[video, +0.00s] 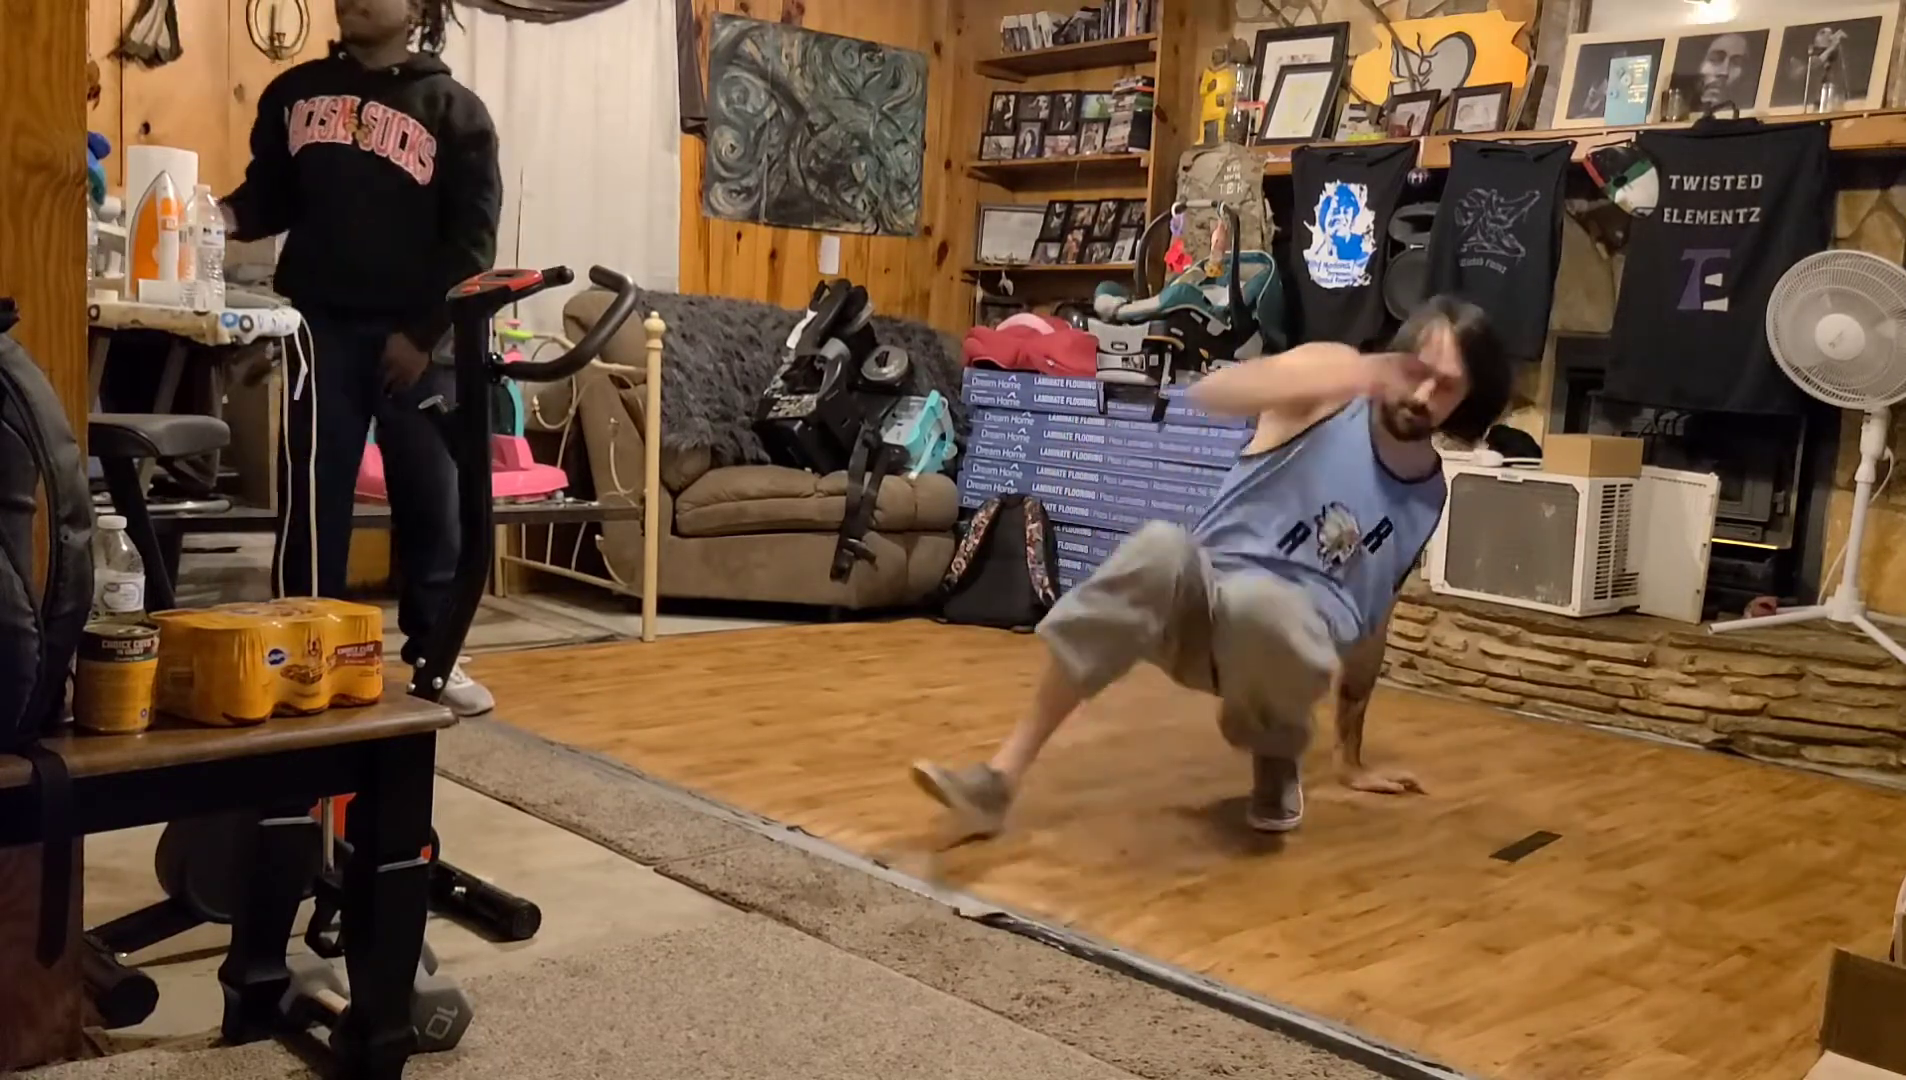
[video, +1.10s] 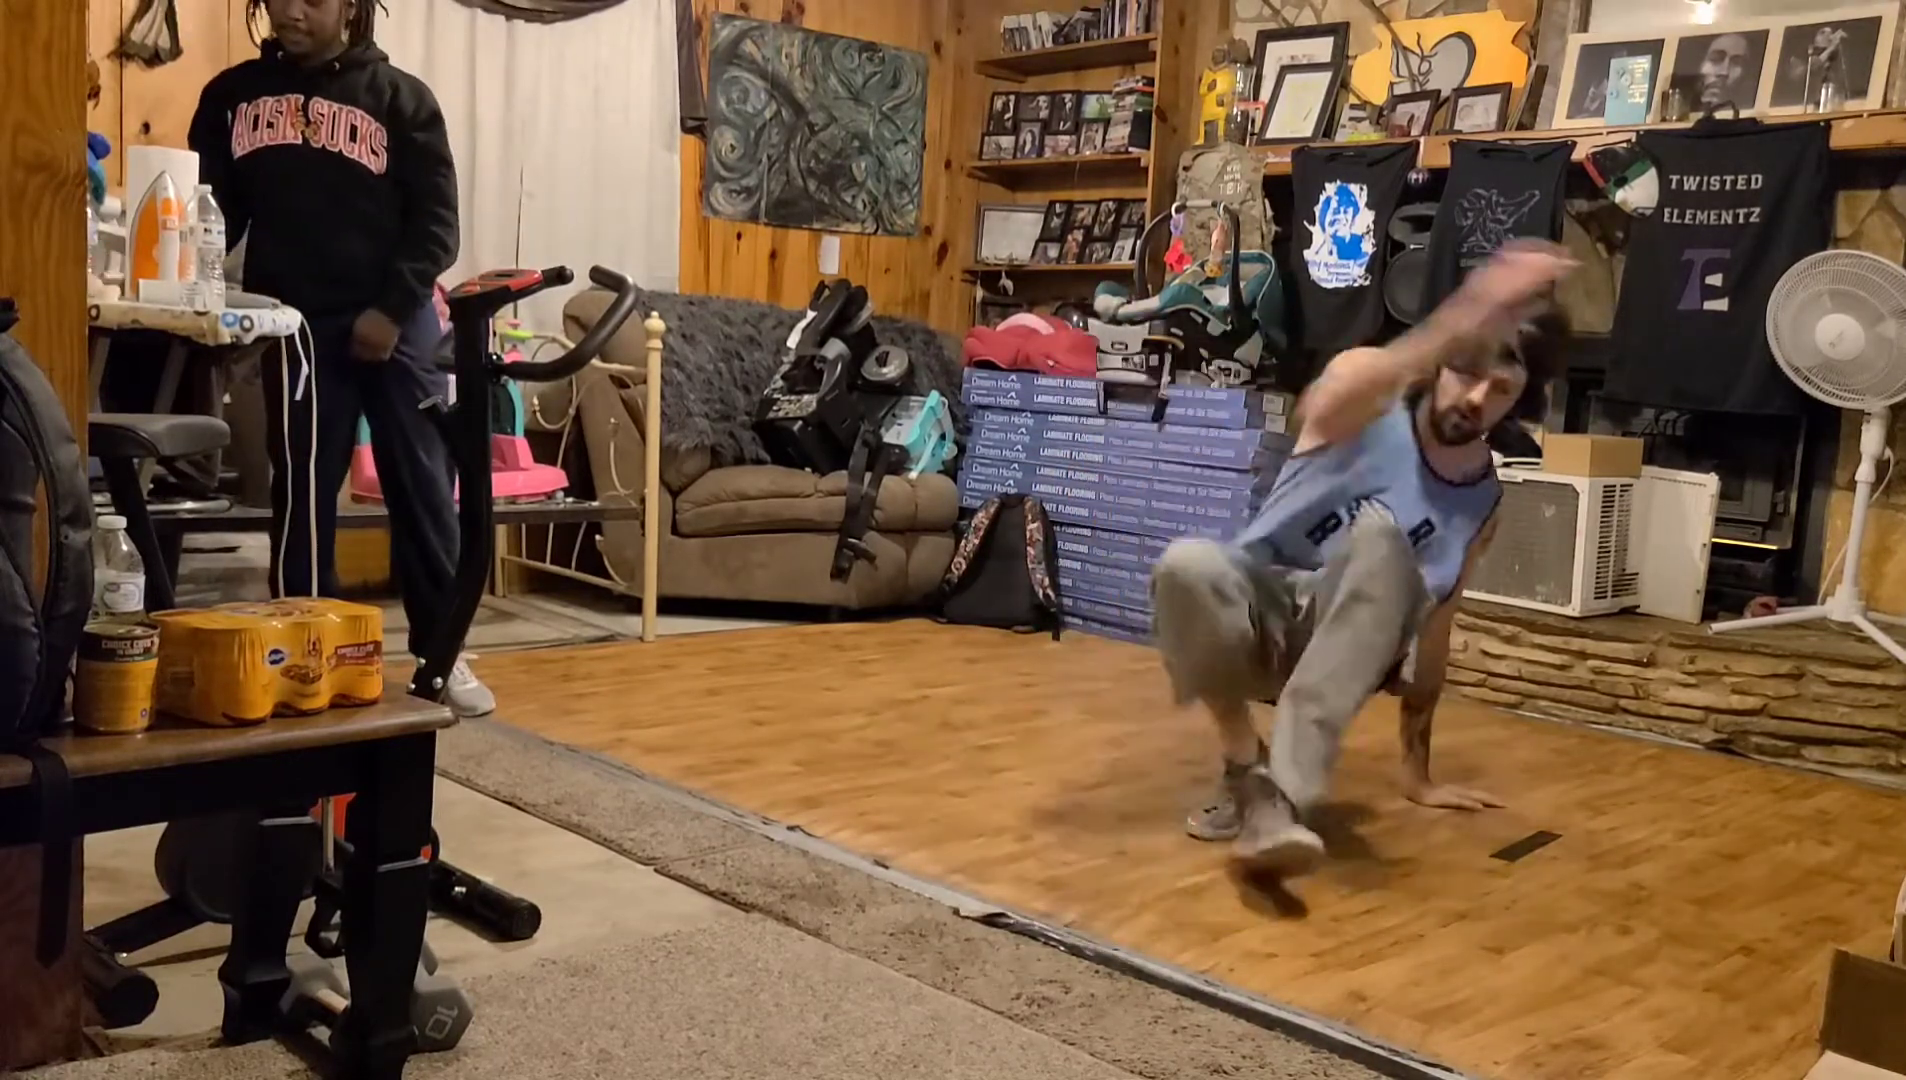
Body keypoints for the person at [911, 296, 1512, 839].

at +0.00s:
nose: (1425, 396)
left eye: (1450, 389)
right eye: (1420, 369)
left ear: (1466, 403)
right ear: (1395, 353)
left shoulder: (1426, 491)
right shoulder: (1333, 373)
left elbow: (1370, 624)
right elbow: (1205, 394)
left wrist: (1354, 761)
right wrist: (1349, 377)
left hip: (1293, 646)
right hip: (1198, 604)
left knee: (1259, 606)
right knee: (1157, 546)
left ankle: (1274, 762)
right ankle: (1002, 774)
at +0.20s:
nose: (1259, 369)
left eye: (1278, 352)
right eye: (1243, 351)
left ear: (1310, 352)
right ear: (1225, 351)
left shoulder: (1359, 431)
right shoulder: (1180, 437)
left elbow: (1388, 565)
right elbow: (1147, 576)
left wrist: (1416, 630)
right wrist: (1114, 708)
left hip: (1318, 660)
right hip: (1205, 658)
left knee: (1279, 631)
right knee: (1143, 604)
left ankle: (1284, 774)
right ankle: (1135, 838)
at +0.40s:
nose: (1075, 425)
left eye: (1085, 401)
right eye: (1059, 414)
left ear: (1119, 385)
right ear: (1054, 420)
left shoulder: (1179, 426)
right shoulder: (1110, 478)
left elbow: (1172, 610)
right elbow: (1138, 620)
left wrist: (1104, 735)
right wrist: (1115, 737)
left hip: (1335, 560)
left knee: (1209, 651)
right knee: (1159, 713)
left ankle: (1464, 728)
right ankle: (1315, 834)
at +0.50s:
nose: (1069, 428)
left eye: (1080, 404)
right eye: (1051, 416)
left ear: (1113, 388)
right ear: (1045, 420)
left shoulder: (1164, 419)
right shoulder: (1109, 480)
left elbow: (1165, 587)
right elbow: (1136, 613)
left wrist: (1080, 695)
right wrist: (1115, 752)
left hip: (1331, 554)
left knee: (1217, 649)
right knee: (1162, 707)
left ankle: (1472, 725)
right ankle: (1323, 840)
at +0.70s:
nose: (1174, 406)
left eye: (1190, 388)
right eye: (1155, 390)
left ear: (1217, 378)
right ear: (1132, 392)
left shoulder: (1272, 411)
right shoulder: (1127, 471)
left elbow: (1358, 510)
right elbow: (1133, 604)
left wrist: (1395, 610)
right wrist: (1113, 745)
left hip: (1321, 636)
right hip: (1209, 644)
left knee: (1271, 605)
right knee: (1168, 591)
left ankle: (1258, 765)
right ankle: (1162, 827)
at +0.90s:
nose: (1417, 415)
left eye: (1438, 407)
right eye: (1408, 393)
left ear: (1457, 421)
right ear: (1379, 384)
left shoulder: (1437, 507)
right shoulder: (1288, 416)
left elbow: (1412, 643)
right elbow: (1168, 517)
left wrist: (1417, 779)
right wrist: (1048, 577)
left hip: (1319, 659)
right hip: (1217, 623)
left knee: (1276, 619)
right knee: (1172, 562)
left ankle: (1247, 770)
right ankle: (1128, 816)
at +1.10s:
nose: (1476, 399)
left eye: (1500, 388)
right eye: (1467, 373)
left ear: (1521, 399)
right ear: (1437, 360)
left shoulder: (1480, 501)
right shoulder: (1358, 397)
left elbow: (1432, 636)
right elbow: (1323, 414)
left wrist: (1418, 779)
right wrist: (1459, 313)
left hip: (1356, 632)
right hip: (1257, 604)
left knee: (1377, 536)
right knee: (1186, 568)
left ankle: (1281, 802)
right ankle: (1243, 767)